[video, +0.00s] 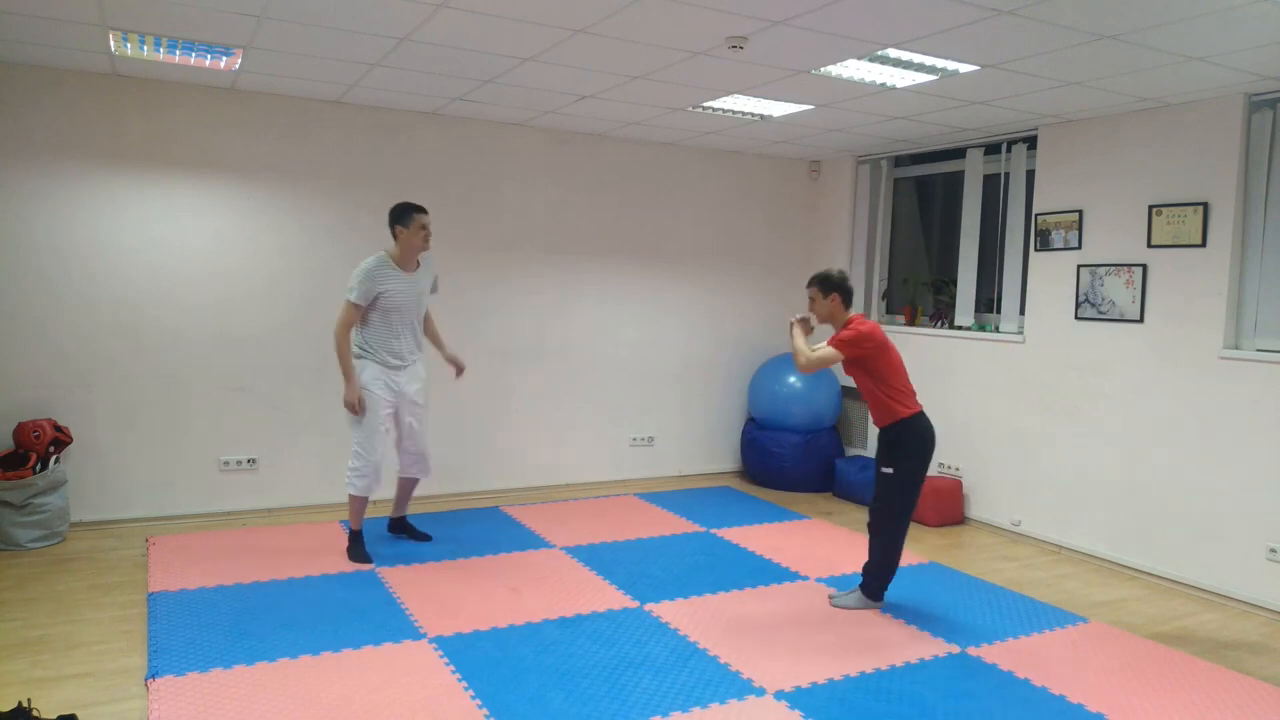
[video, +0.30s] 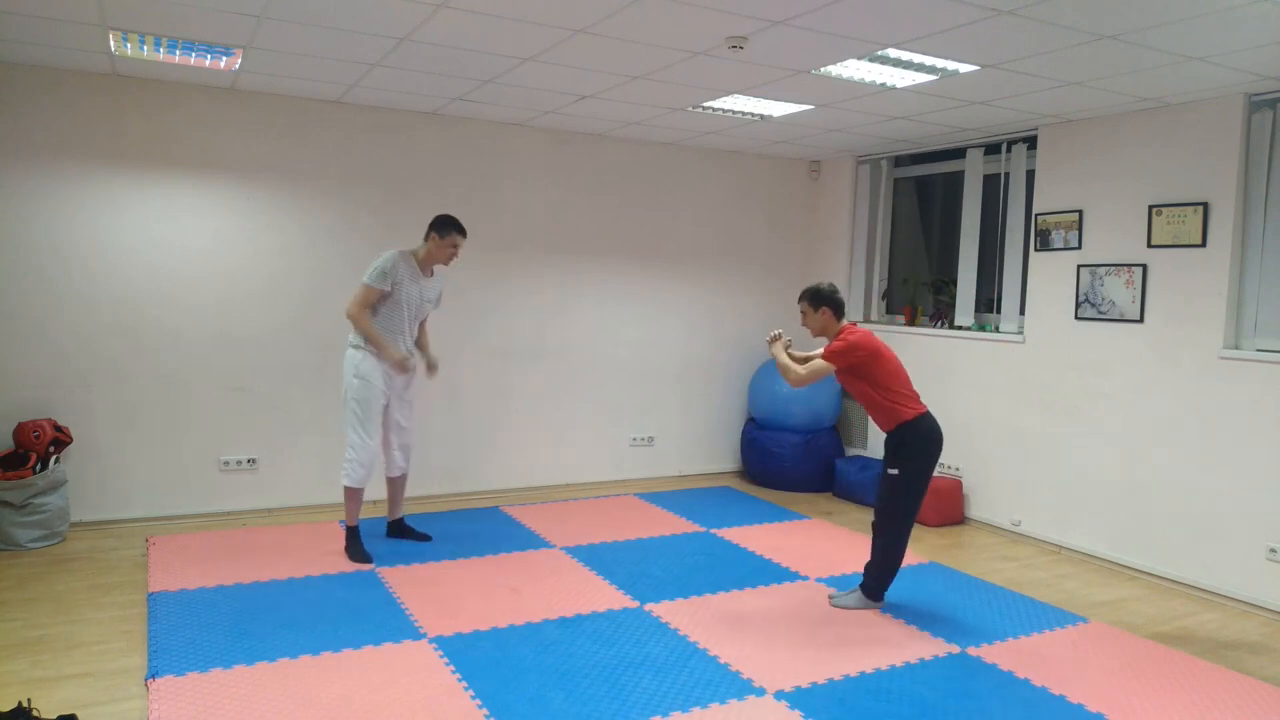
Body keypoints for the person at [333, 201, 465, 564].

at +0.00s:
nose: (429, 236)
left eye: (429, 229)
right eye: (422, 229)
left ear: (422, 234)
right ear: (399, 232)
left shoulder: (425, 269)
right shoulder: (372, 271)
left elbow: (421, 313)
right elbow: (342, 329)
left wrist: (446, 353)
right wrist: (350, 382)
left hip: (411, 372)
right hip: (372, 372)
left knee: (415, 450)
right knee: (369, 454)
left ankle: (398, 519)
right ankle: (355, 535)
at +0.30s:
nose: (456, 255)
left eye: (459, 249)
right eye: (454, 246)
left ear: (447, 246)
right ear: (434, 238)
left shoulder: (434, 282)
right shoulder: (393, 263)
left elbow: (419, 322)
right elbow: (356, 310)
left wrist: (426, 353)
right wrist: (388, 351)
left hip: (402, 366)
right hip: (367, 362)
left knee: (400, 442)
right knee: (364, 446)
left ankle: (396, 521)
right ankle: (352, 534)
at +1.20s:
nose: (401, 227)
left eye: (401, 221)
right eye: (394, 221)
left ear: (395, 226)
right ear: (372, 225)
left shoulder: (404, 265)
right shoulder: (352, 265)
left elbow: (406, 314)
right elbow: (329, 326)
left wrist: (411, 356)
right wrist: (318, 382)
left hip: (404, 367)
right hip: (365, 368)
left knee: (431, 444)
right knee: (357, 452)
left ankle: (415, 516)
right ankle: (350, 537)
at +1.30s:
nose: (400, 226)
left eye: (400, 220)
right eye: (393, 221)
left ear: (395, 226)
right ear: (371, 225)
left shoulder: (406, 265)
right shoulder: (354, 266)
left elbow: (409, 315)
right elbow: (337, 327)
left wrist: (415, 362)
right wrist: (328, 385)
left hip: (403, 368)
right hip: (364, 368)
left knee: (427, 446)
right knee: (355, 453)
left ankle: (436, 527)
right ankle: (350, 537)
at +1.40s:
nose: (404, 226)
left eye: (404, 220)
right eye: (396, 221)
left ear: (400, 225)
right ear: (374, 226)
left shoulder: (411, 267)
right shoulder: (357, 268)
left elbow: (413, 319)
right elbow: (344, 330)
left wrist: (421, 368)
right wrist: (350, 384)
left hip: (407, 370)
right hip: (368, 370)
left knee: (421, 449)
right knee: (354, 453)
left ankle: (441, 532)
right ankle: (349, 537)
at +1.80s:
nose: (446, 238)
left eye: (449, 231)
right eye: (440, 231)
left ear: (450, 232)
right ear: (421, 227)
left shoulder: (448, 271)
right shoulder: (394, 266)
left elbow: (454, 320)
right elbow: (385, 327)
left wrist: (465, 366)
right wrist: (415, 374)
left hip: (434, 372)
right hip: (394, 372)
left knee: (444, 451)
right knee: (376, 453)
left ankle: (442, 535)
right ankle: (354, 535)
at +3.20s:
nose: (481, 242)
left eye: (485, 235)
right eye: (473, 237)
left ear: (491, 229)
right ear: (455, 233)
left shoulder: (503, 266)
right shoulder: (441, 273)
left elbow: (512, 321)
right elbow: (433, 339)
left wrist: (524, 370)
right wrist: (449, 393)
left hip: (502, 378)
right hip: (462, 379)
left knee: (508, 467)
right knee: (451, 468)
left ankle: (476, 526)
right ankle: (454, 552)